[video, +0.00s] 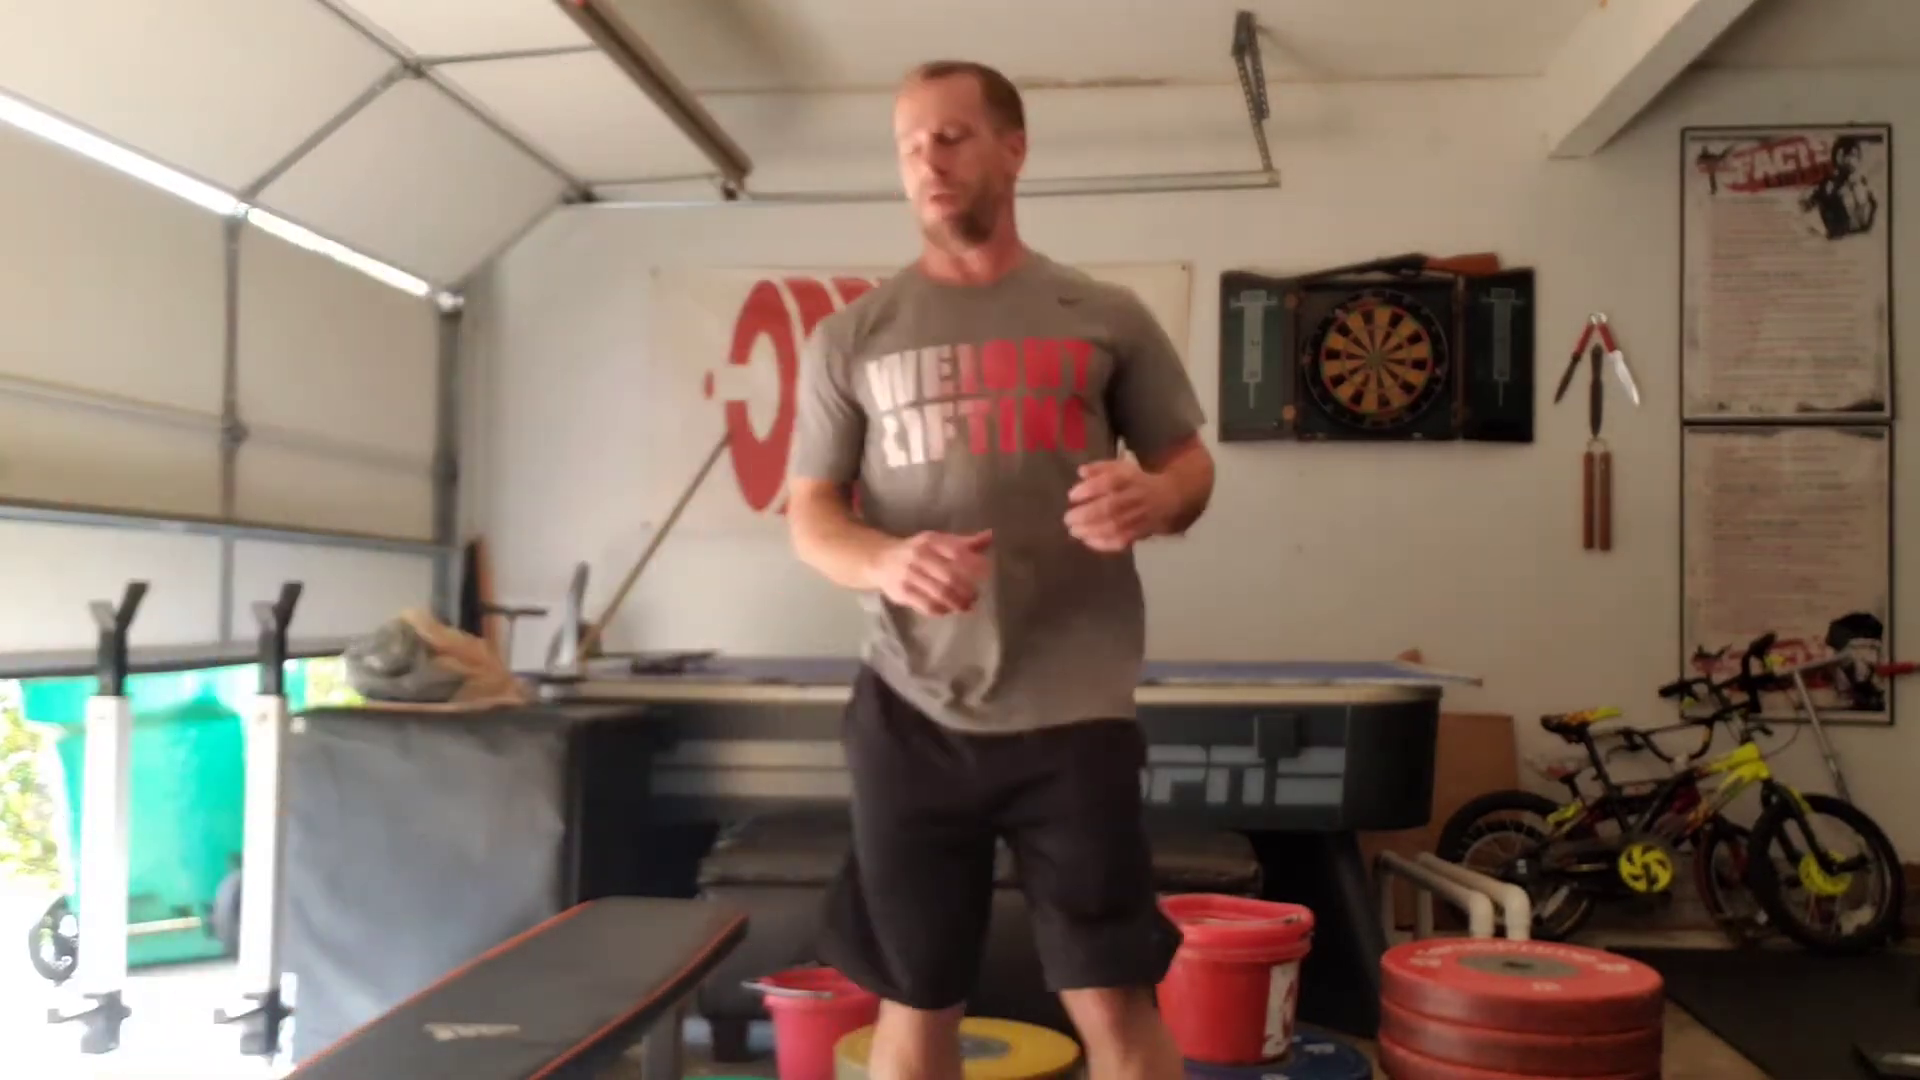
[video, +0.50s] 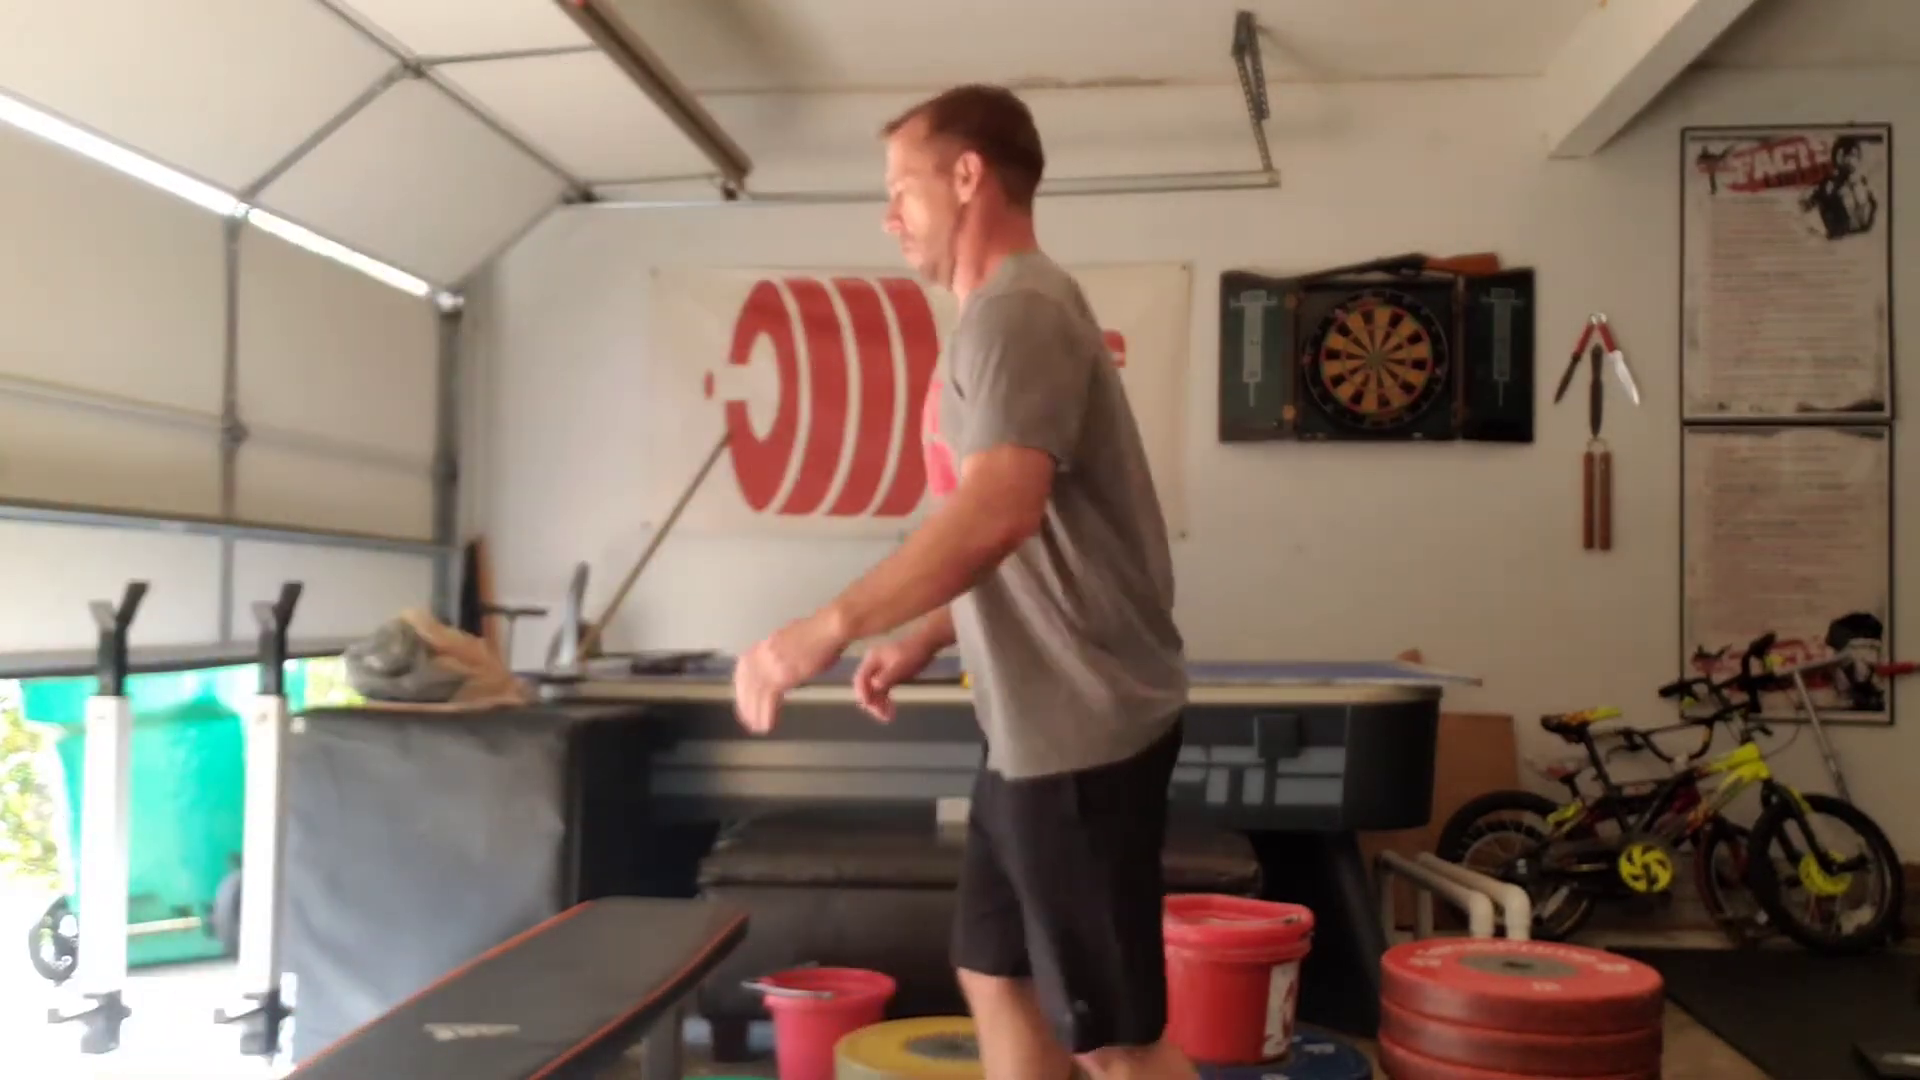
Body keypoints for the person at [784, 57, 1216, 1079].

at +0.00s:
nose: (930, 162)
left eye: (953, 138)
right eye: (913, 146)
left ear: (1012, 150)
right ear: (900, 167)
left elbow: (1192, 469)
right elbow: (812, 515)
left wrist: (1157, 498)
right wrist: (882, 560)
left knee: (1109, 1005)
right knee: (916, 1010)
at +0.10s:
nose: (924, 196)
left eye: (947, 172)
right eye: (916, 177)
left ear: (1026, 172)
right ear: (909, 190)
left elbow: (1226, 507)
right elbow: (865, 534)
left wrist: (1130, 571)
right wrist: (866, 581)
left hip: (1085, 751)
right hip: (941, 749)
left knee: (1132, 1040)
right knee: (921, 1020)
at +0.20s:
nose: (928, 207)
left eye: (945, 180)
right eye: (923, 186)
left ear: (1024, 171)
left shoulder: (1129, 333)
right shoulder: (952, 369)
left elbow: (1208, 521)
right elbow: (942, 543)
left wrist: (1058, 631)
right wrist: (893, 614)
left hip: (1105, 757)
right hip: (976, 749)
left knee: (1150, 1037)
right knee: (935, 1003)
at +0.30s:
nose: (929, 207)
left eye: (942, 180)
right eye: (927, 185)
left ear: (1015, 168)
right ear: (1004, 175)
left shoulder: (1096, 312)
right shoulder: (1008, 332)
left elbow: (1150, 506)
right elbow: (1016, 534)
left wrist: (966, 589)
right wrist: (911, 614)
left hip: (1114, 744)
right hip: (1019, 736)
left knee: (1155, 1029)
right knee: (947, 959)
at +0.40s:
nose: (920, 219)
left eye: (930, 190)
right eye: (918, 196)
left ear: (1002, 175)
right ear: (1003, 181)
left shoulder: (1064, 321)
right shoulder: (1014, 327)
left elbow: (1068, 524)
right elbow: (1037, 545)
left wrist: (880, 591)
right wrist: (922, 629)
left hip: (1104, 737)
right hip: (1032, 727)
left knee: (1149, 1037)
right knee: (973, 962)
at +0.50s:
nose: (891, 222)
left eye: (901, 194)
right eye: (889, 198)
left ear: (969, 179)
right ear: (973, 185)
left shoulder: (1019, 308)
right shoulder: (994, 314)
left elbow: (1000, 505)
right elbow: (1024, 527)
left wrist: (825, 626)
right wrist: (926, 637)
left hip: (1086, 718)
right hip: (1031, 714)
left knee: (1116, 1035)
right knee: (994, 973)